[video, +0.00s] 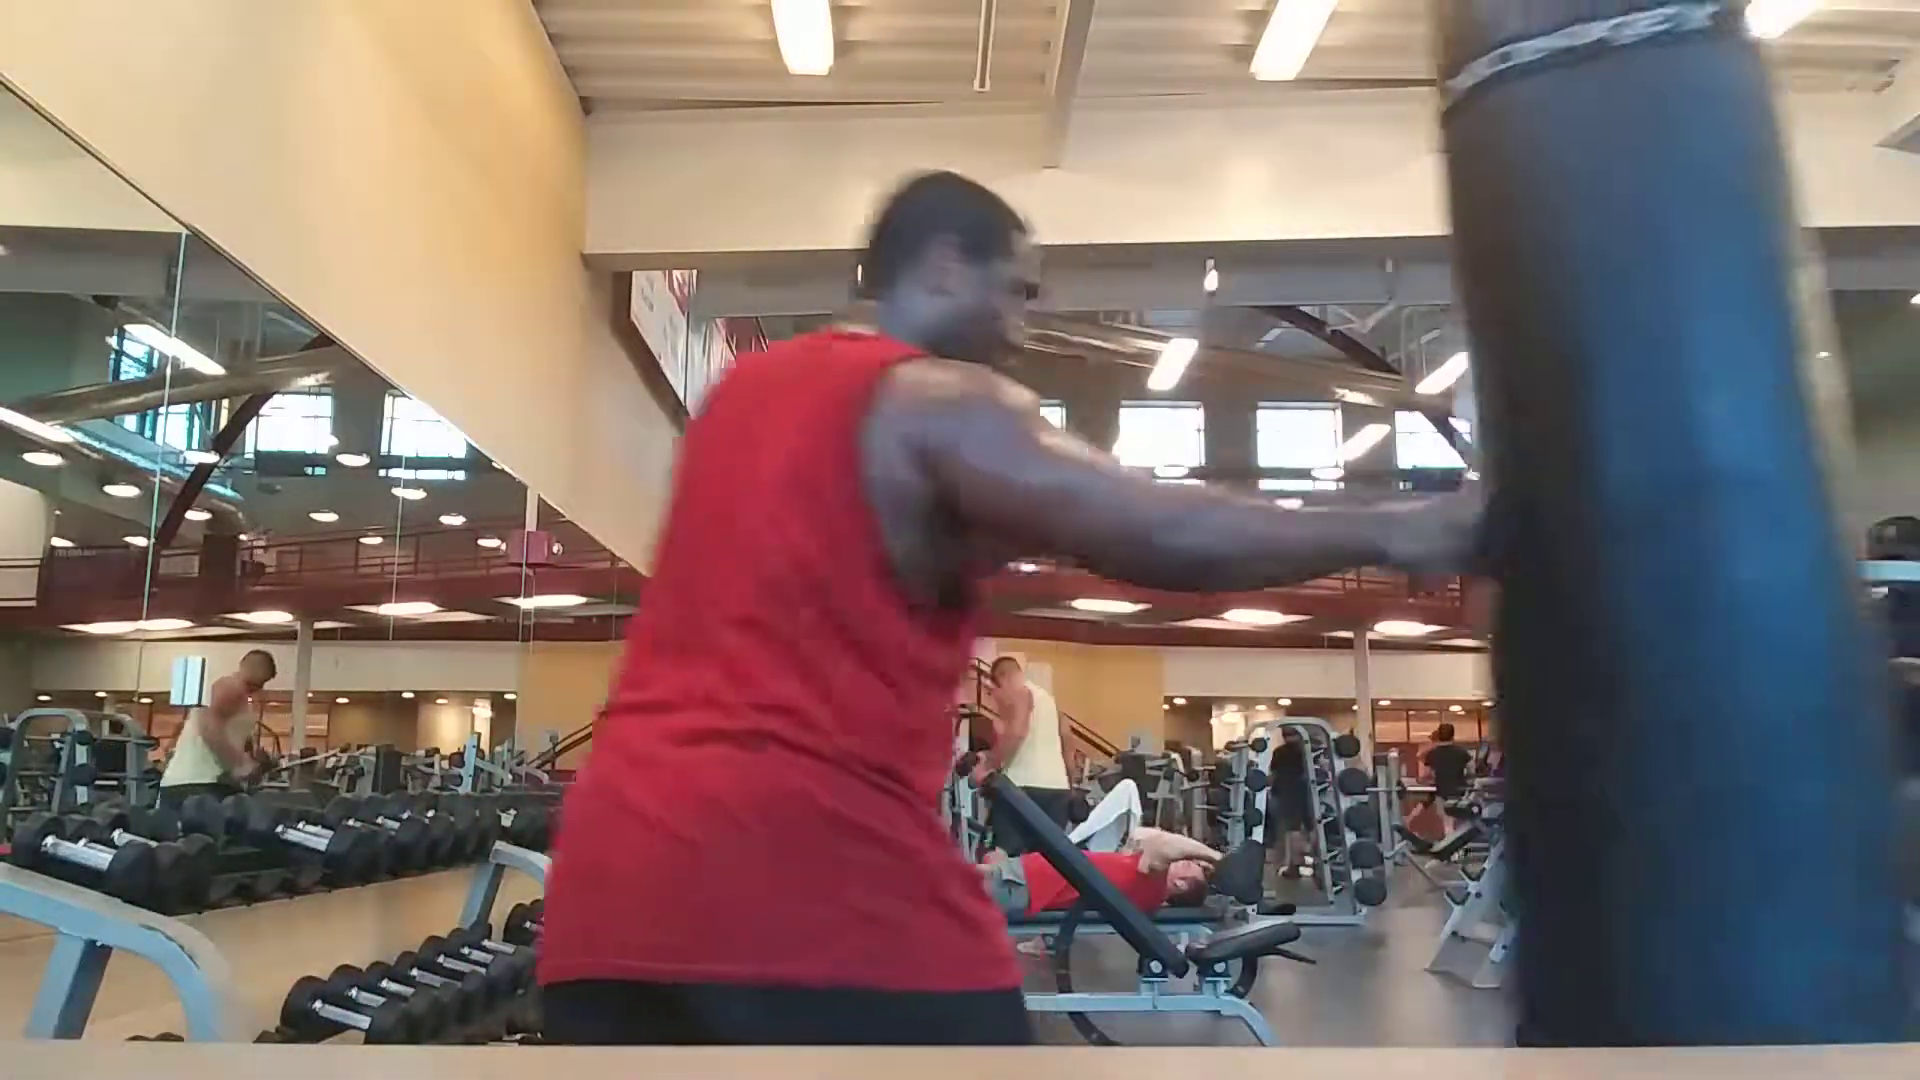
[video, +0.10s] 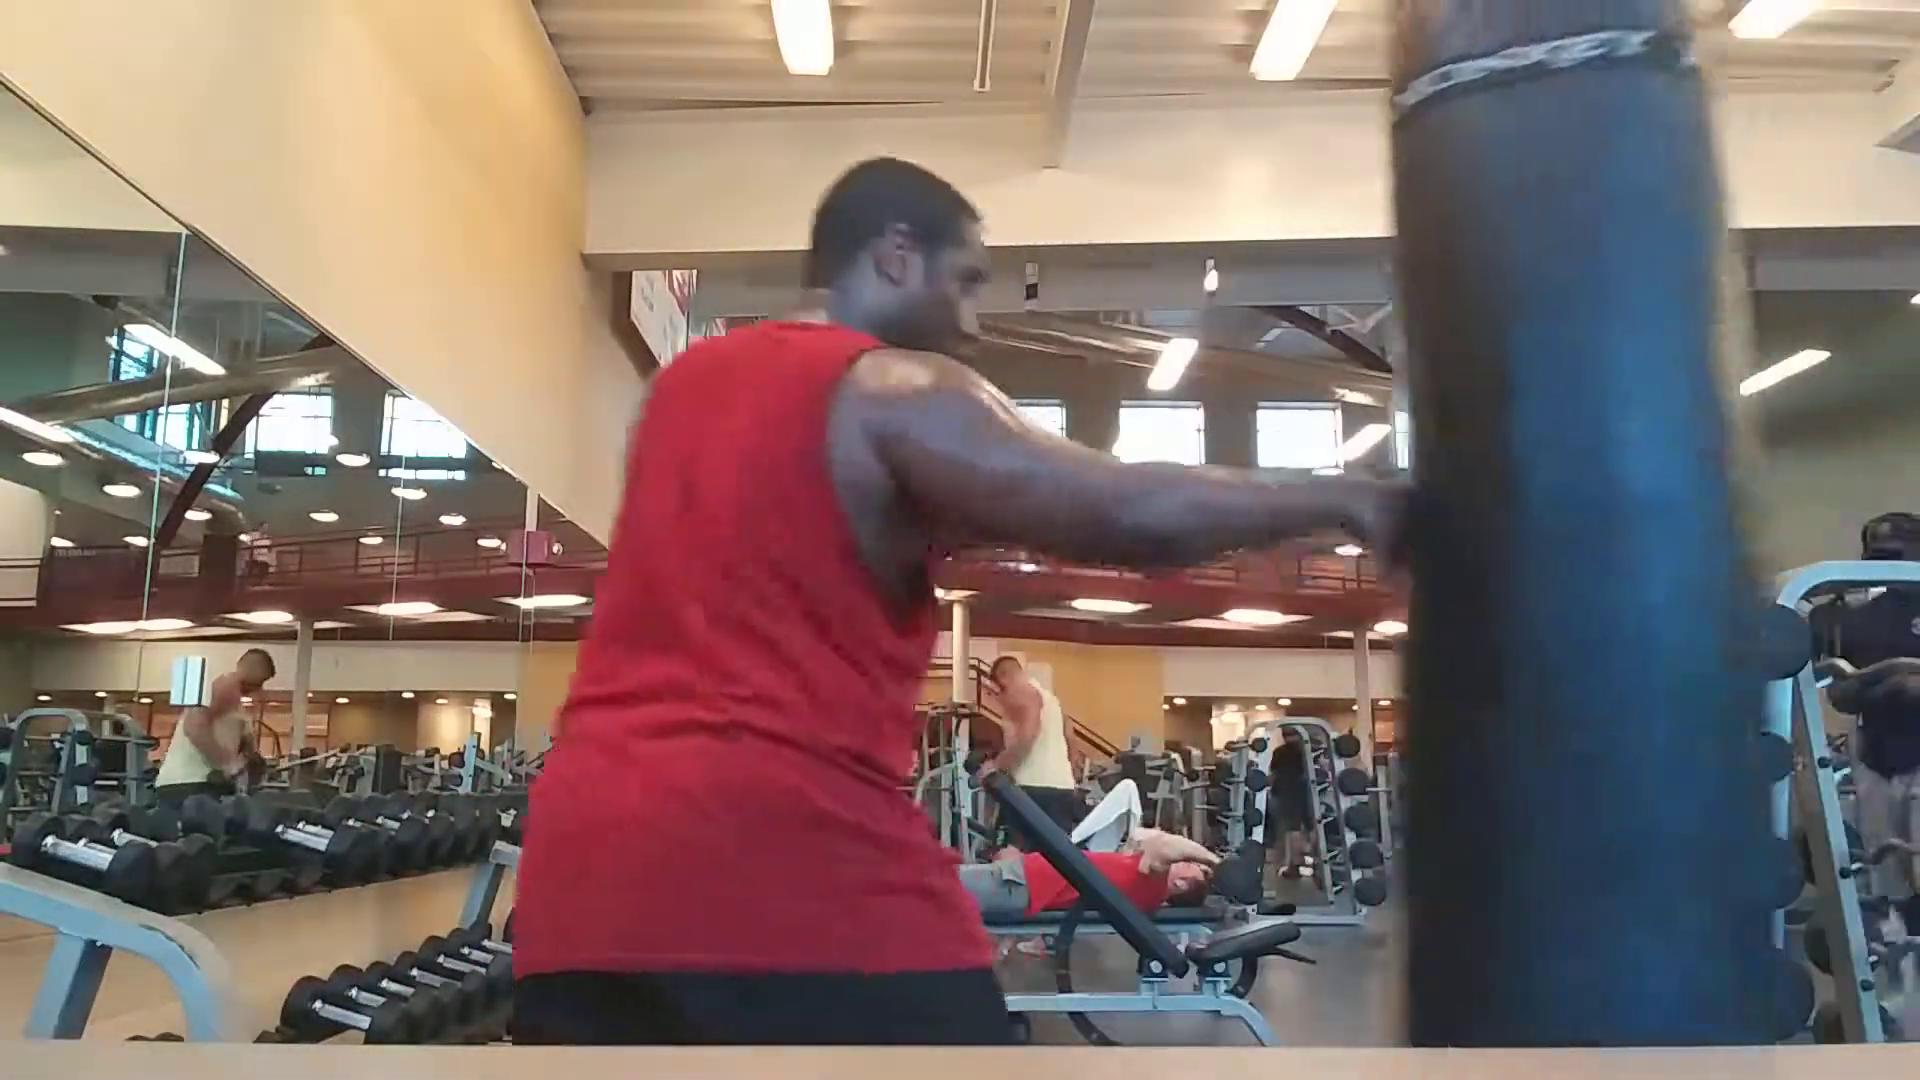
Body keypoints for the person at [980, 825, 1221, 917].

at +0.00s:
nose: (1188, 865)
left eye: (1192, 868)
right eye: (1194, 865)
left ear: (1182, 882)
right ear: (1181, 870)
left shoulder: (1149, 890)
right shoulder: (1146, 875)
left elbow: (1158, 845)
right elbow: (1138, 836)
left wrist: (1212, 855)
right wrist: (1199, 850)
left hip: (1020, 886)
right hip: (1018, 872)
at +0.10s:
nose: (1190, 874)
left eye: (1196, 879)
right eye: (1196, 871)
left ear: (1185, 889)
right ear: (1183, 869)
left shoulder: (1149, 889)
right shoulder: (1144, 878)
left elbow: (1159, 845)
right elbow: (1148, 837)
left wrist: (1213, 858)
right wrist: (1200, 852)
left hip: (1020, 888)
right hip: (1018, 878)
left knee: (931, 888)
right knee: (933, 879)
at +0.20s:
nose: (1188, 873)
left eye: (1193, 878)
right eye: (1192, 870)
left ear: (1182, 889)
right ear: (1183, 863)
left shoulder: (1148, 889)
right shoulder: (1144, 873)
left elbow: (1154, 847)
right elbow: (1143, 837)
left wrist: (1205, 857)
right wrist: (1200, 852)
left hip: (1020, 887)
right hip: (1017, 873)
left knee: (921, 892)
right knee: (921, 883)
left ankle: (957, 983)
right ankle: (957, 980)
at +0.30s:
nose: (1190, 868)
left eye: (1194, 875)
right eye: (1194, 866)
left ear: (1183, 886)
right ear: (1182, 862)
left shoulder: (1147, 888)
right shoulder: (1140, 871)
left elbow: (1155, 843)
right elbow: (1139, 837)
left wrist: (1208, 853)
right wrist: (1190, 848)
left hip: (1021, 885)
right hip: (1017, 872)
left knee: (919, 890)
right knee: (920, 884)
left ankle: (958, 982)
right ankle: (937, 980)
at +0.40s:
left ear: (1170, 855)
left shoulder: (1147, 880)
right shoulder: (1141, 871)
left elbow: (1148, 840)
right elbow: (1137, 835)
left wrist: (1173, 840)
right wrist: (1176, 841)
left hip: (1026, 886)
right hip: (1022, 873)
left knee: (920, 887)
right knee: (923, 883)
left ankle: (959, 983)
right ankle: (943, 979)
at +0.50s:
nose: (1136, 835)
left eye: (1143, 834)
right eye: (1141, 832)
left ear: (1150, 845)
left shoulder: (1134, 874)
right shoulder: (1128, 866)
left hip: (1021, 884)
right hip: (1019, 874)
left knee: (921, 888)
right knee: (923, 881)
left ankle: (960, 981)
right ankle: (950, 976)